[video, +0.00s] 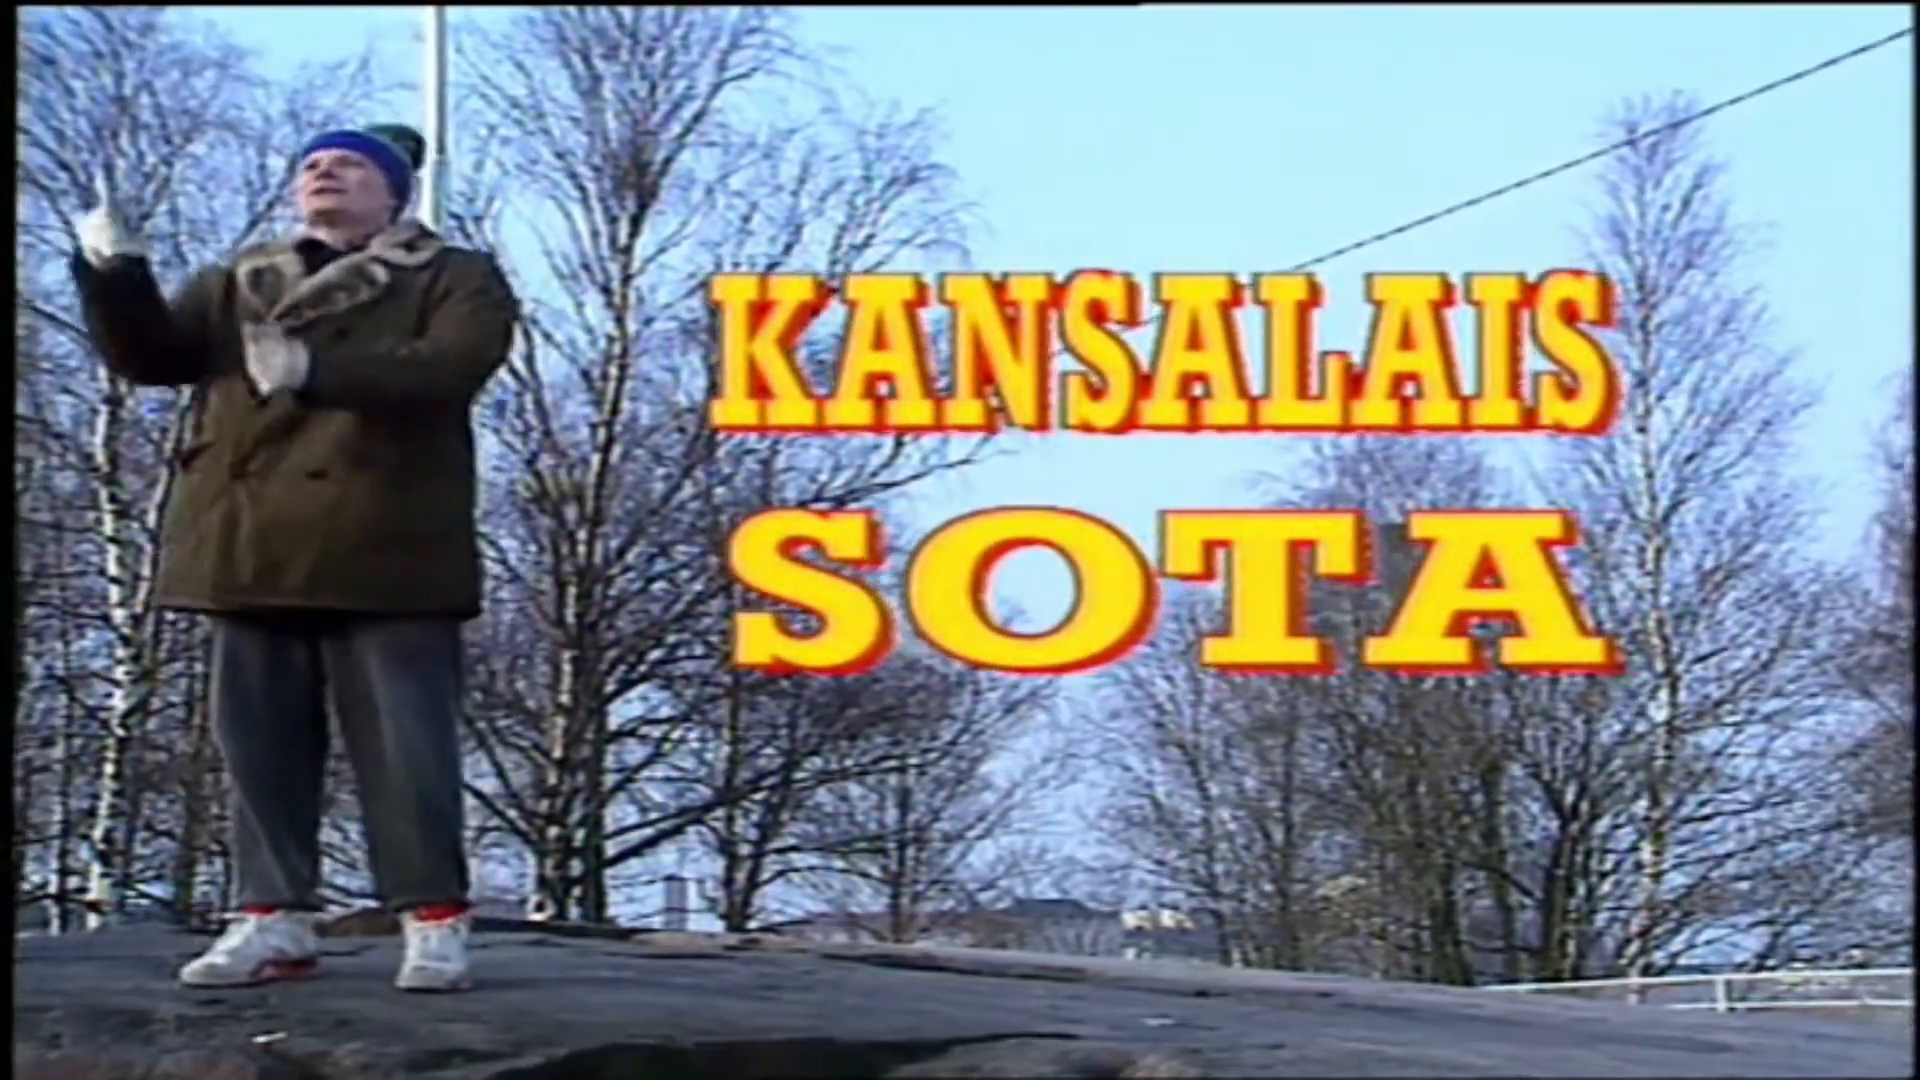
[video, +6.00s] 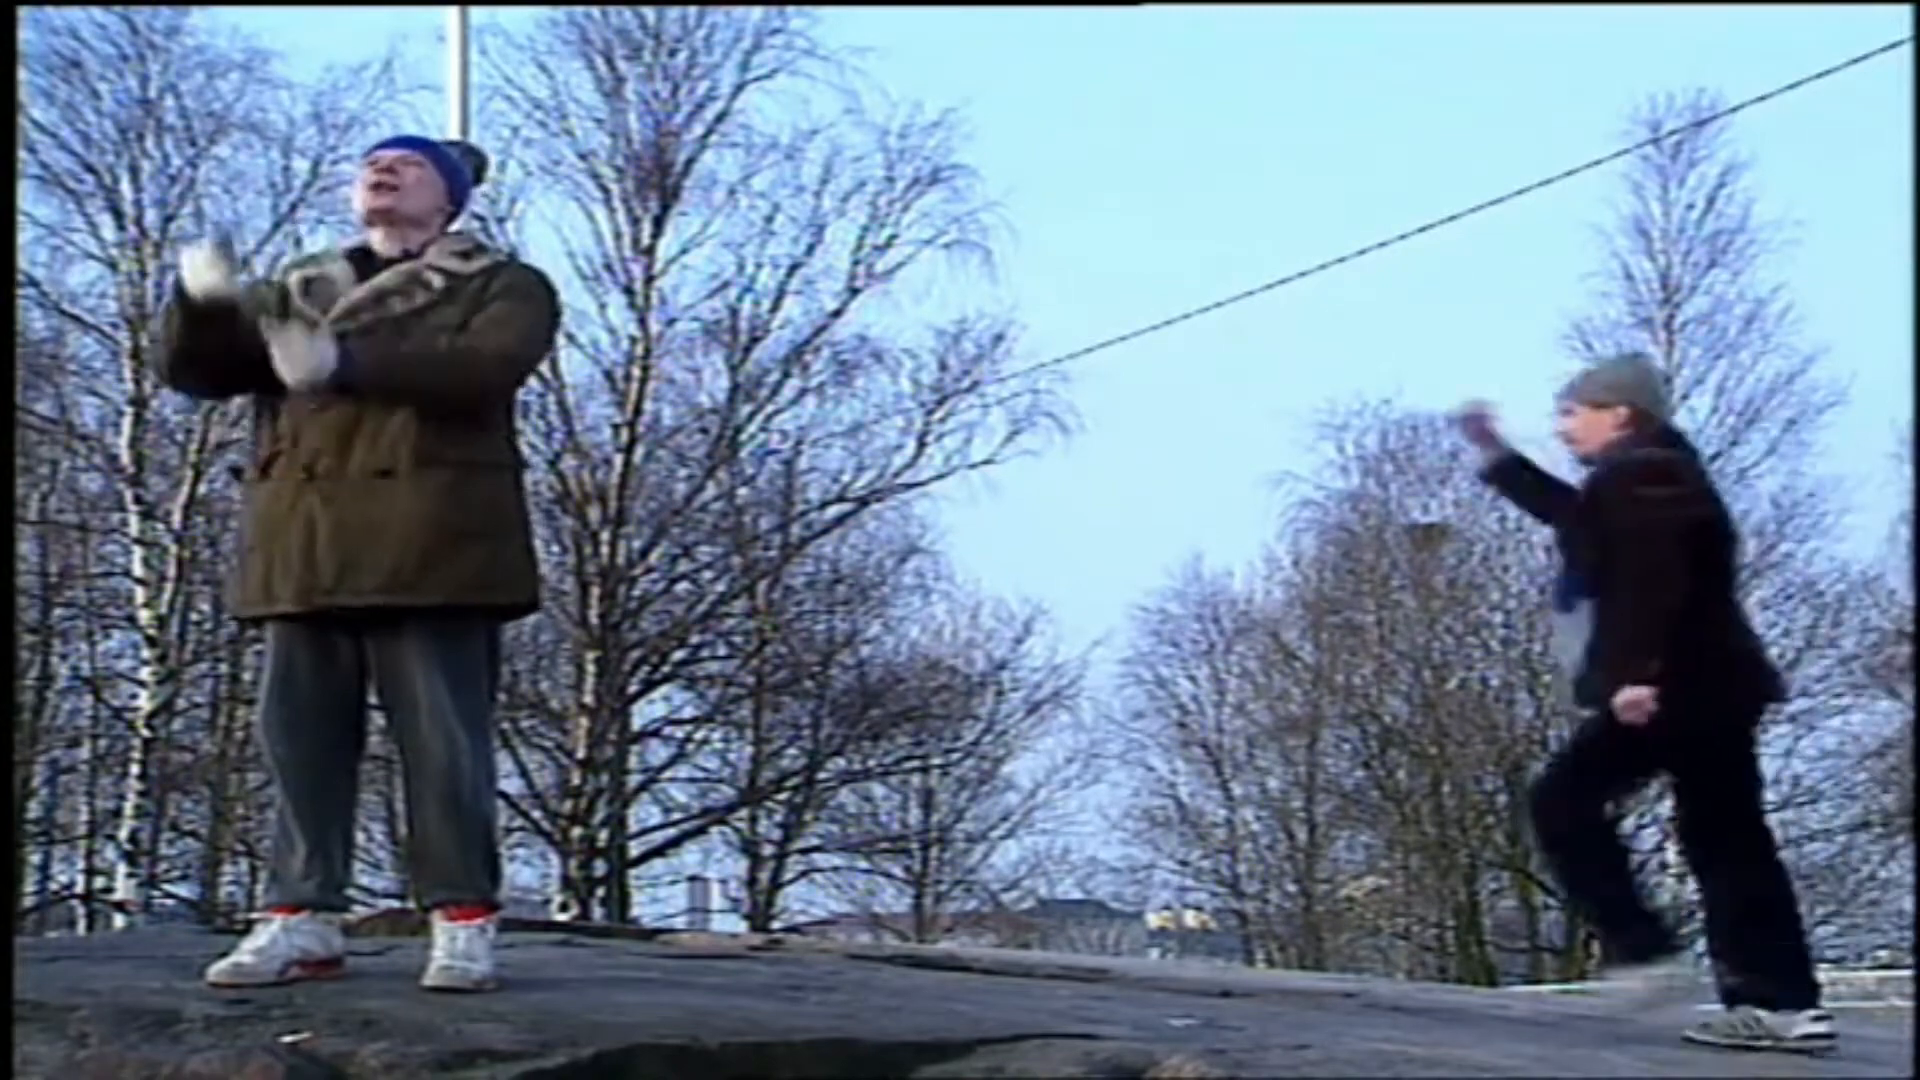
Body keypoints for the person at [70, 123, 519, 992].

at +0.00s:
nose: (321, 172)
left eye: (345, 163)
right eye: (310, 166)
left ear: (396, 193)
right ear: (292, 198)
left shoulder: (456, 275)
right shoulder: (246, 280)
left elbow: (447, 373)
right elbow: (151, 355)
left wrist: (315, 365)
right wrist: (114, 272)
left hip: (391, 561)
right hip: (253, 560)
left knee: (405, 747)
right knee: (259, 745)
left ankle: (434, 920)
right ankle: (276, 918)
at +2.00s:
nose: (365, 176)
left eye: (391, 167)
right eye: (358, 171)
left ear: (441, 208)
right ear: (340, 207)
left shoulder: (490, 279)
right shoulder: (290, 281)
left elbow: (480, 358)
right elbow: (183, 374)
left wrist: (339, 349)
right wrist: (182, 326)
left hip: (423, 553)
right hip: (294, 554)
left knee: (432, 740)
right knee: (291, 738)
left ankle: (457, 920)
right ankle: (299, 918)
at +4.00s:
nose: (381, 173)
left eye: (406, 165)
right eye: (376, 168)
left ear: (455, 205)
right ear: (360, 199)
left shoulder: (504, 280)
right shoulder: (320, 277)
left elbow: (475, 341)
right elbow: (196, 328)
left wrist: (339, 302)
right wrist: (204, 239)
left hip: (432, 548)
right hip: (305, 544)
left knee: (442, 738)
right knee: (300, 734)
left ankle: (461, 918)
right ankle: (305, 918)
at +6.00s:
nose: (380, 172)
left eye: (404, 164)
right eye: (371, 166)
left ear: (451, 195)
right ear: (354, 196)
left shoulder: (508, 284)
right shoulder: (310, 285)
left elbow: (480, 370)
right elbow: (198, 369)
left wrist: (342, 358)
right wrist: (206, 307)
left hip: (435, 556)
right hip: (305, 555)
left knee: (444, 742)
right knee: (301, 738)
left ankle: (463, 919)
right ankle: (307, 918)